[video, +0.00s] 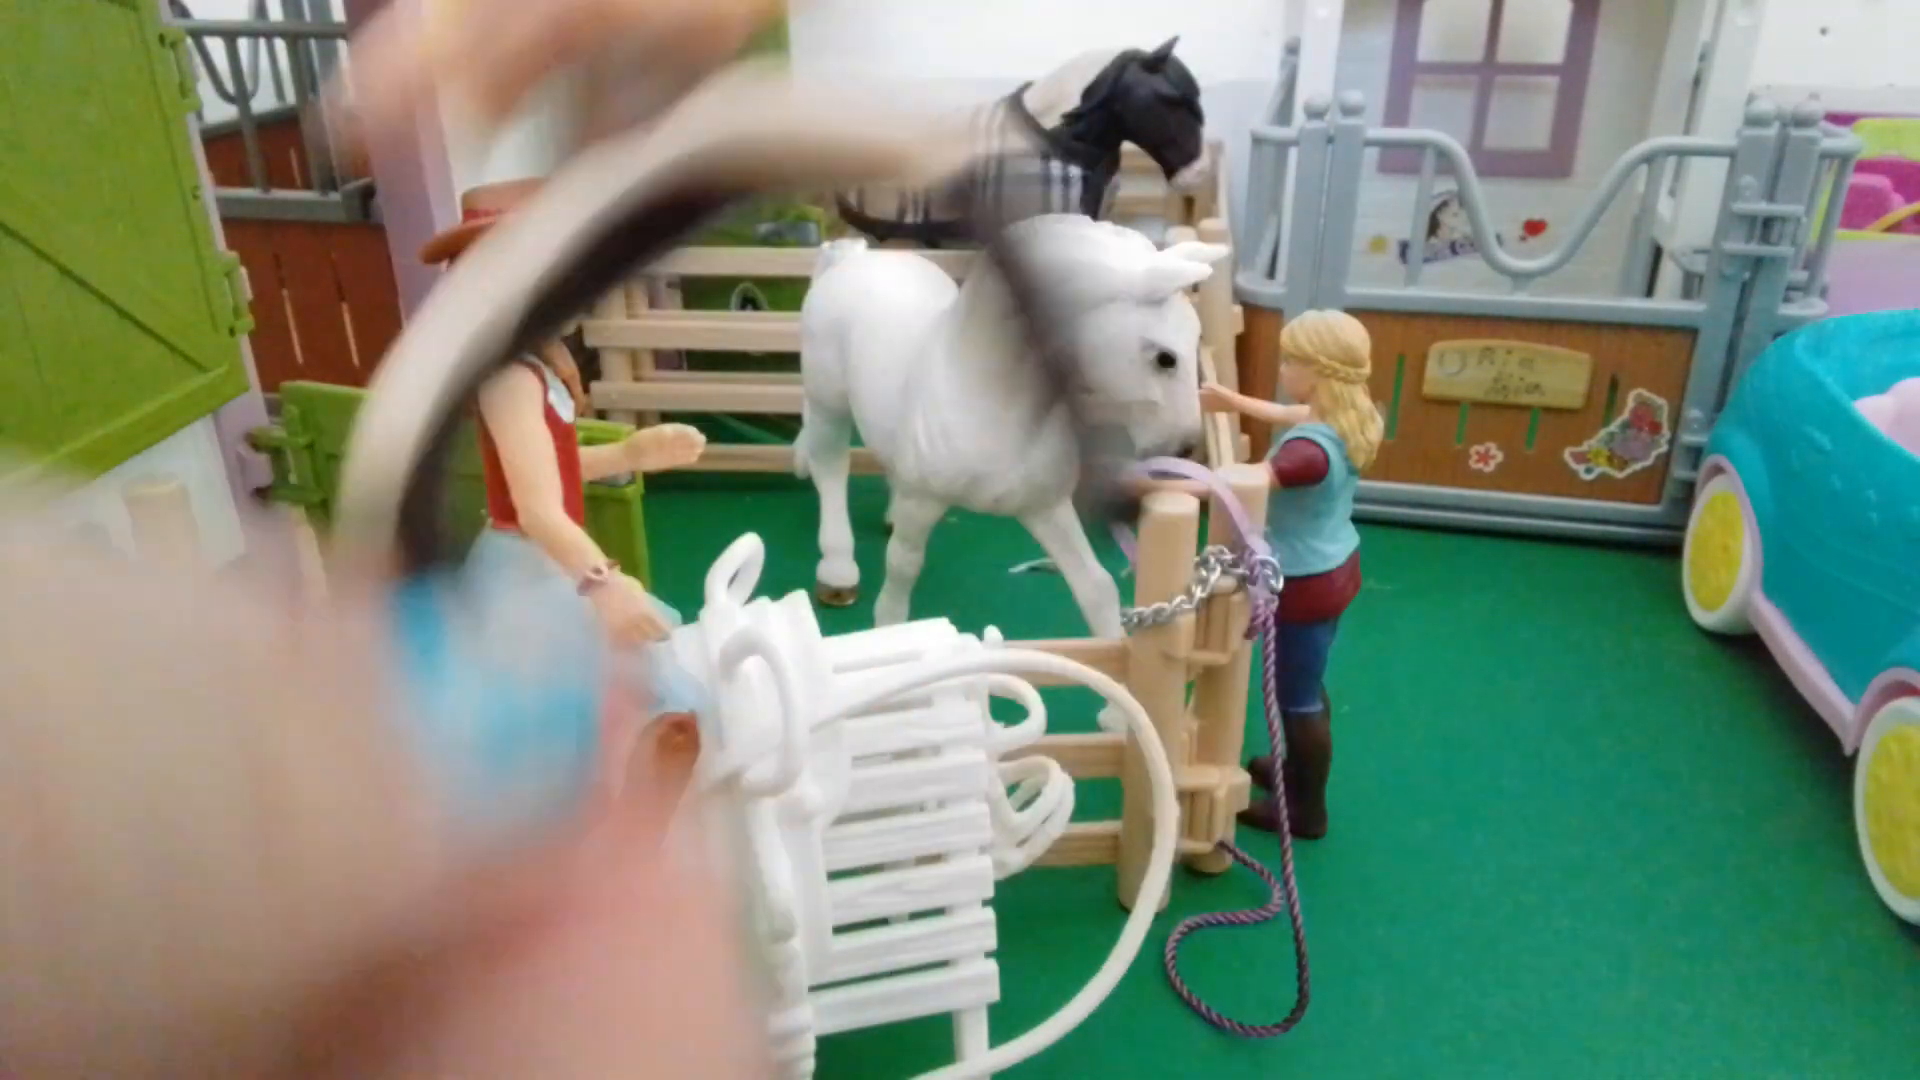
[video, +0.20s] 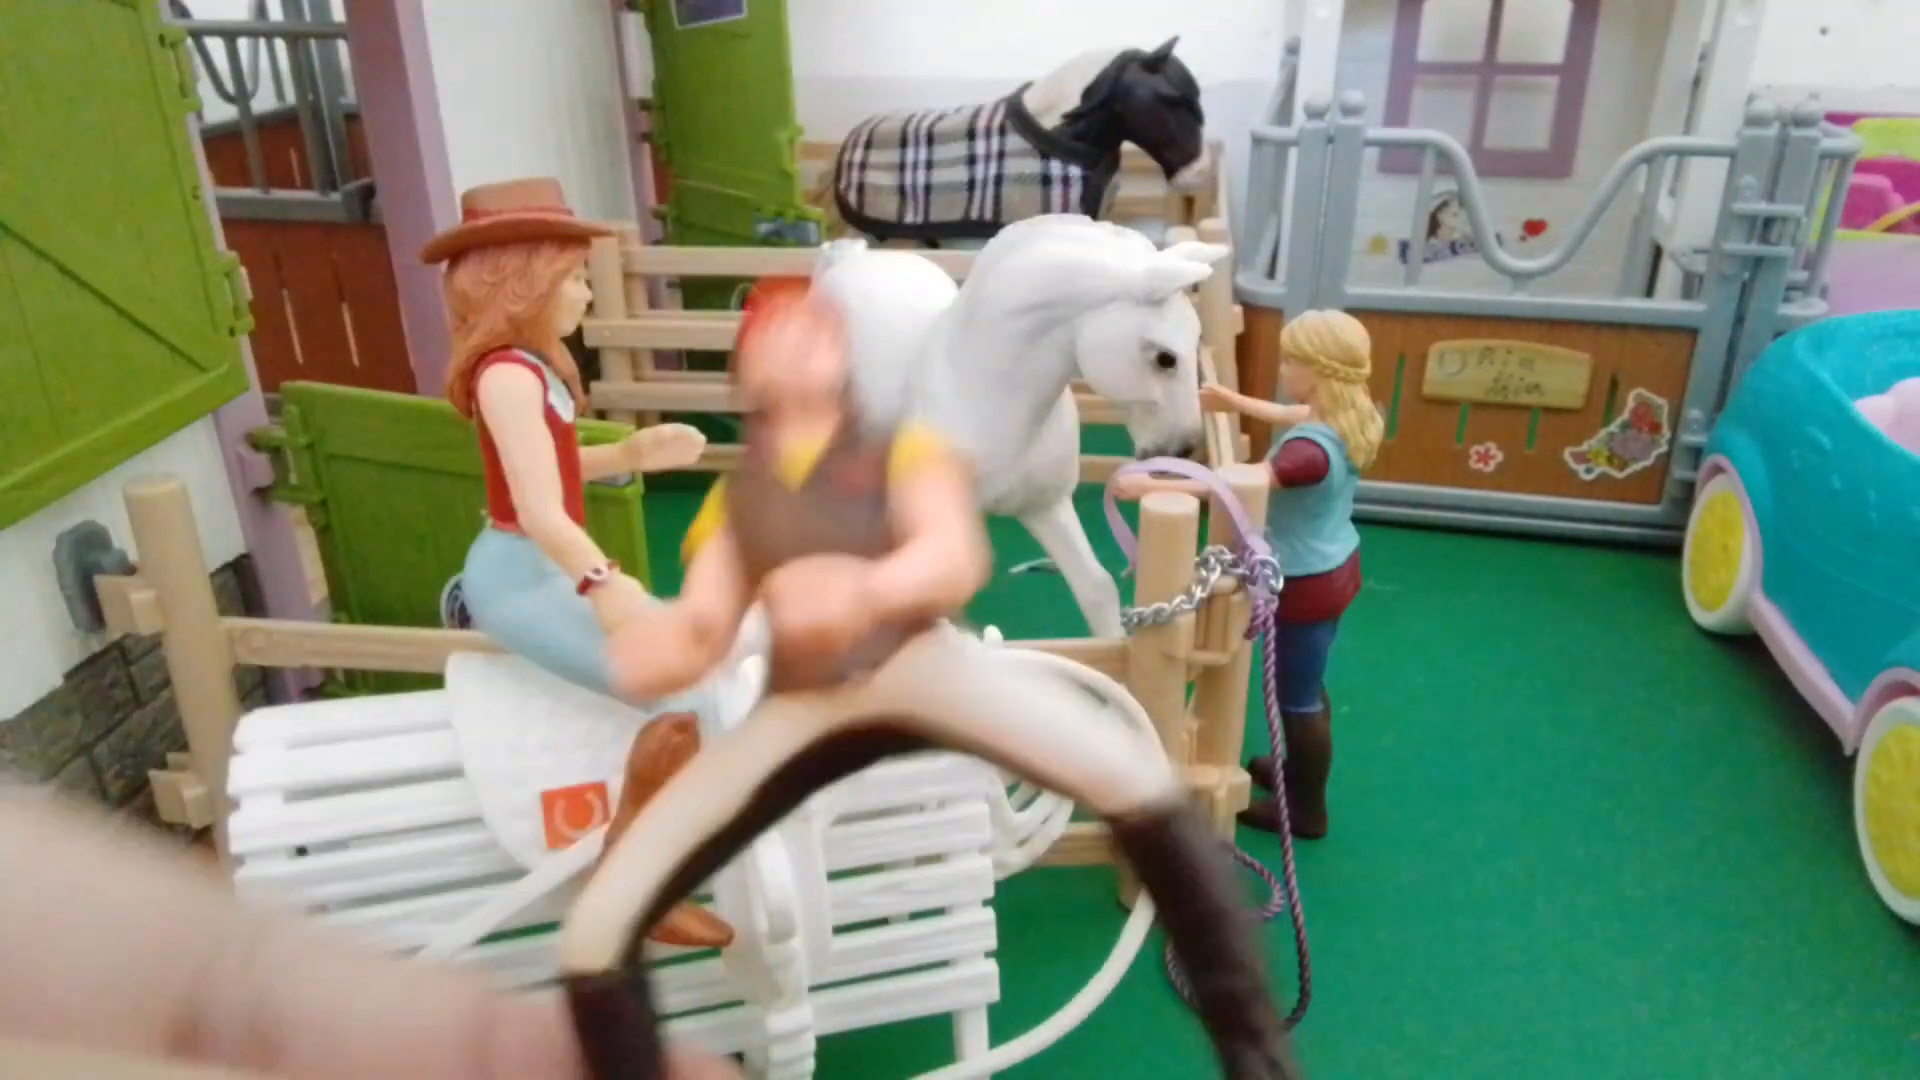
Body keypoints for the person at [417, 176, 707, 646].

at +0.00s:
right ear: (503, 277)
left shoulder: (545, 372)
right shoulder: (512, 379)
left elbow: (553, 469)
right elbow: (538, 513)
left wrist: (626, 455)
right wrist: (608, 584)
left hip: (553, 566)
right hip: (523, 575)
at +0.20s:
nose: (586, 290)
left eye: (583, 274)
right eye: (575, 275)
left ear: (535, 286)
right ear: (528, 285)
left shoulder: (540, 367)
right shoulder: (510, 378)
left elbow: (553, 465)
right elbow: (538, 516)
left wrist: (634, 454)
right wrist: (612, 588)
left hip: (548, 562)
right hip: (517, 576)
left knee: (693, 657)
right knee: (679, 681)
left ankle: (646, 878)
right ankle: (636, 889)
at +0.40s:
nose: (587, 293)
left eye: (585, 276)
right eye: (576, 277)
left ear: (535, 287)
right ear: (527, 285)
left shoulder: (539, 369)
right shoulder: (509, 377)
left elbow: (554, 469)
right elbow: (536, 511)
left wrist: (634, 454)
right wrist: (604, 584)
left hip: (550, 563)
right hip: (515, 575)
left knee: (700, 660)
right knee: (681, 695)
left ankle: (635, 874)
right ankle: (625, 879)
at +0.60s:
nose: (588, 293)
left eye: (585, 276)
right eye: (576, 277)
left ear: (537, 286)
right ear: (527, 286)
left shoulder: (541, 368)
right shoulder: (509, 377)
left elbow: (554, 468)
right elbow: (536, 510)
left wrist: (634, 454)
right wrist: (603, 583)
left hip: (553, 563)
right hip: (515, 576)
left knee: (701, 666)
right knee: (680, 696)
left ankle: (641, 874)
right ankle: (624, 878)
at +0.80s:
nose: (589, 292)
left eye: (585, 276)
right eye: (576, 278)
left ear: (533, 286)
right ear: (526, 286)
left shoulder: (540, 368)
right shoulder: (509, 376)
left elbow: (550, 469)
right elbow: (536, 510)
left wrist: (631, 454)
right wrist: (604, 583)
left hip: (548, 566)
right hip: (517, 576)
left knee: (694, 676)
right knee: (680, 698)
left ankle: (635, 859)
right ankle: (628, 868)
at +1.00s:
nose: (588, 292)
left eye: (585, 276)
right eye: (577, 277)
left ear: (533, 286)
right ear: (527, 286)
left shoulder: (539, 368)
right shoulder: (509, 377)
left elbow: (551, 469)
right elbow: (538, 510)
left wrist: (633, 454)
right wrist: (604, 582)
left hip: (548, 564)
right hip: (518, 577)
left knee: (699, 669)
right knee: (680, 697)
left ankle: (636, 863)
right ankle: (624, 878)